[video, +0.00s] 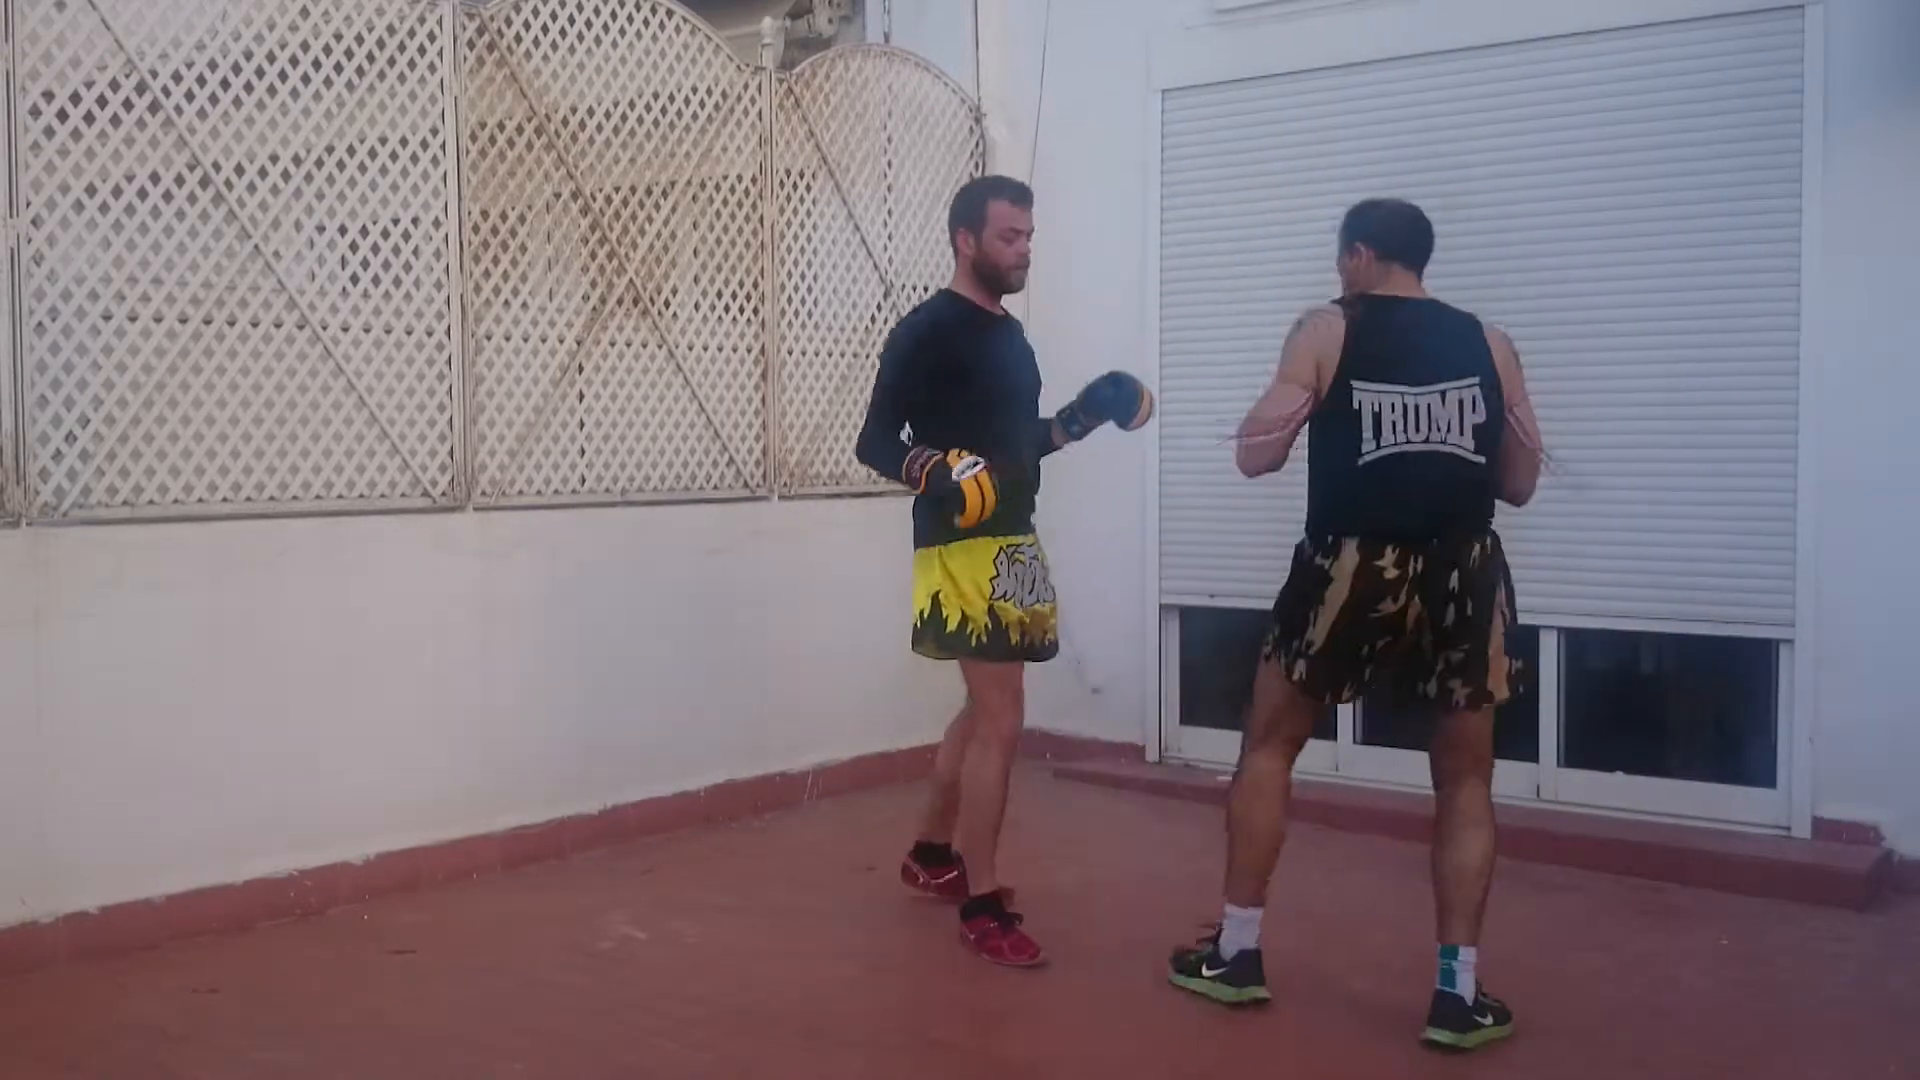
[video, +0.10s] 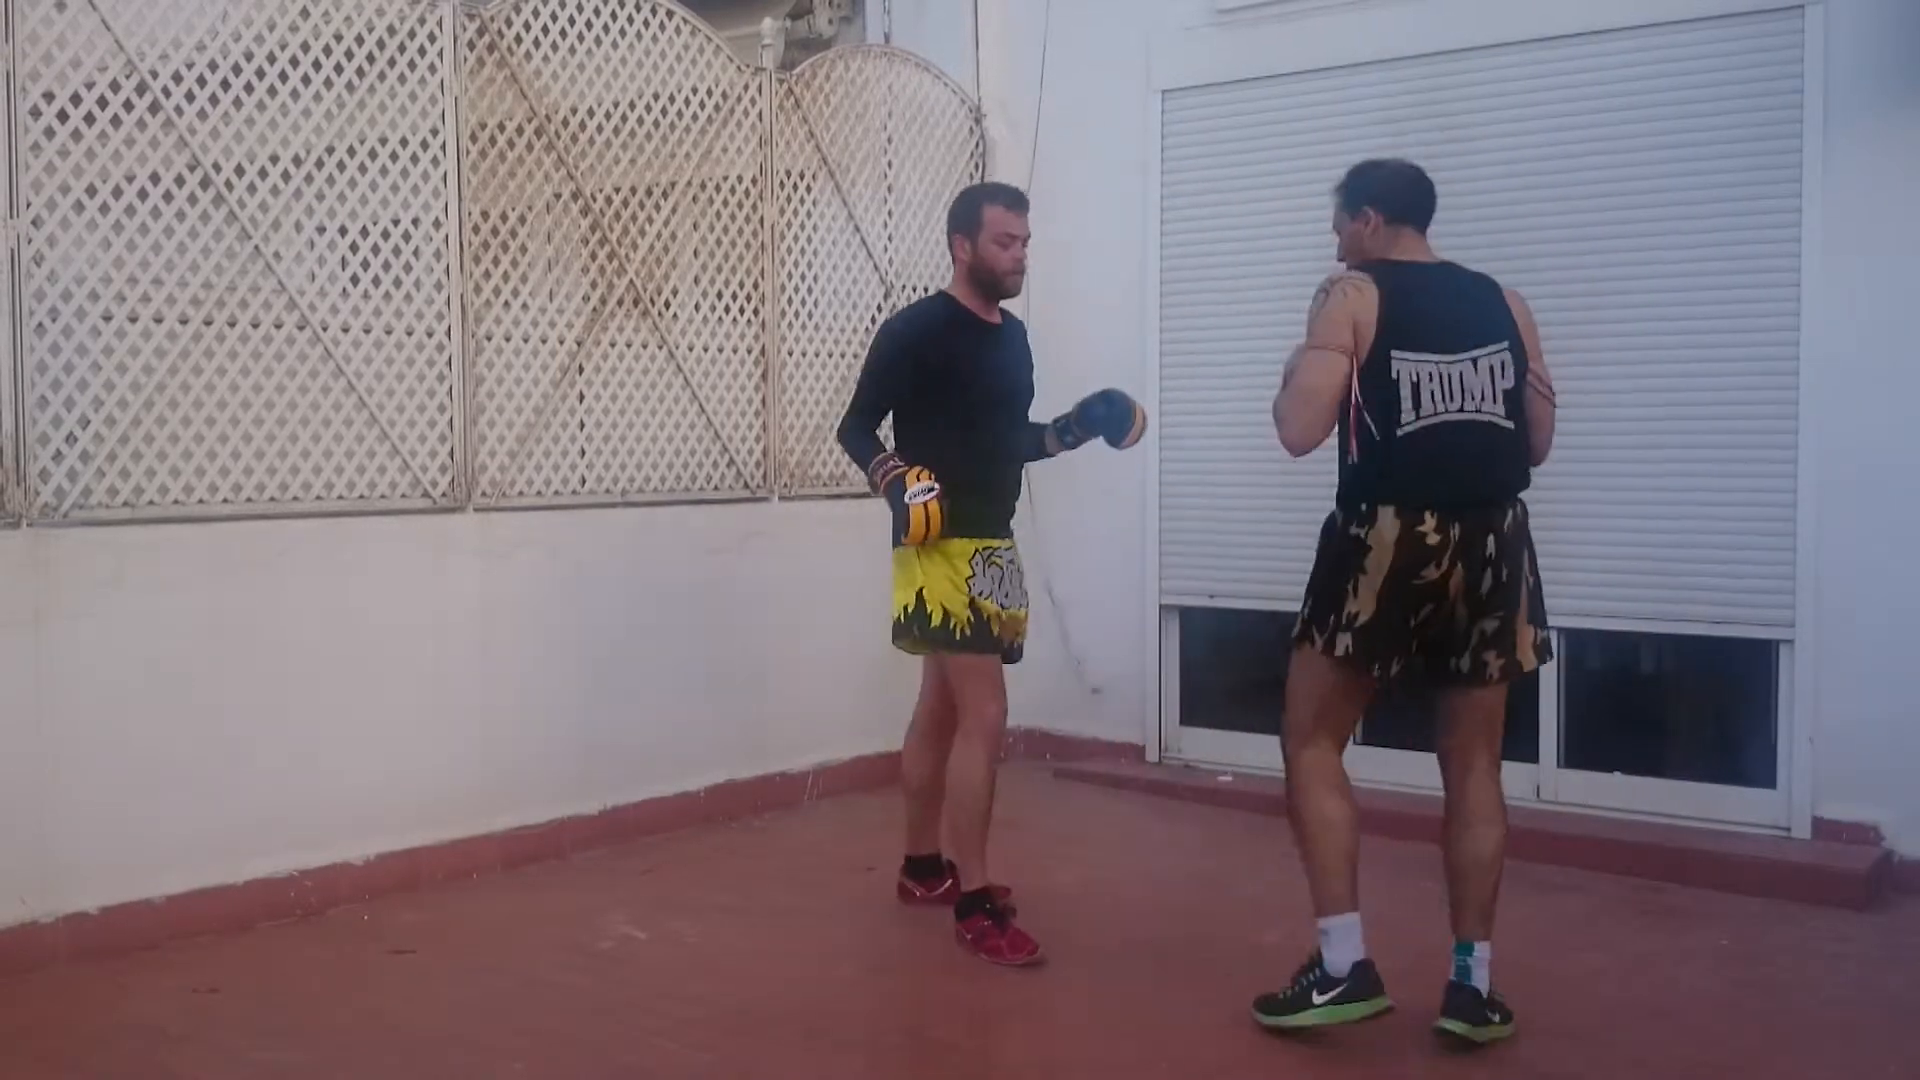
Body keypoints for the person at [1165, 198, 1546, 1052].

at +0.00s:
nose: (1338, 272)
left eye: (1340, 258)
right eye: (1340, 259)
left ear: (1362, 256)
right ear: (1424, 262)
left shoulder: (1327, 329)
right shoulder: (1489, 343)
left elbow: (1256, 454)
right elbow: (1520, 483)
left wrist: (1312, 394)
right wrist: (1471, 413)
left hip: (1348, 570)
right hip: (1464, 577)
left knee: (1271, 749)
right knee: (1466, 782)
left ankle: (1236, 952)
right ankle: (1457, 994)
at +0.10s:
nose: (1338, 245)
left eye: (1340, 232)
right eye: (1338, 232)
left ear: (1366, 220)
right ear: (1423, 221)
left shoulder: (1354, 294)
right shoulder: (1505, 302)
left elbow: (1300, 429)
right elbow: (1537, 440)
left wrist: (1323, 339)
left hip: (1384, 544)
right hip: (1493, 549)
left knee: (1313, 742)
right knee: (1475, 767)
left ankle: (1342, 965)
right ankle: (1473, 984)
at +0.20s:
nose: (1339, 221)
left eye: (1342, 206)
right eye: (1339, 207)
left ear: (1373, 201)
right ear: (1430, 198)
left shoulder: (1368, 276)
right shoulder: (1513, 273)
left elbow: (1322, 415)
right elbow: (1549, 406)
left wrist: (1305, 345)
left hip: (1404, 531)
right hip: (1512, 530)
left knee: (1369, 764)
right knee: (1507, 757)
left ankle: (1435, 984)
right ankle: (1525, 973)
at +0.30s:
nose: (1348, 245)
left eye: (1352, 230)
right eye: (1349, 230)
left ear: (1384, 229)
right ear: (1438, 228)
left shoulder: (1374, 312)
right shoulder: (1521, 299)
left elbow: (1320, 449)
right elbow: (1561, 423)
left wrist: (1300, 374)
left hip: (1427, 572)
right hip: (1534, 567)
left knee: (1429, 816)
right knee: (1537, 782)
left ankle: (1495, 1048)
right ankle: (1593, 997)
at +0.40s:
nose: (1351, 263)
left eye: (1356, 248)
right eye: (1352, 248)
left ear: (1391, 250)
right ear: (1441, 249)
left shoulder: (1401, 343)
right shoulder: (1527, 322)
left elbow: (1337, 486)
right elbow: (1569, 442)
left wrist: (1302, 425)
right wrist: (1444, 421)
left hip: (1449, 595)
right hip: (1553, 590)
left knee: (1421, 830)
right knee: (1555, 793)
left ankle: (1501, 1058)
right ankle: (1619, 1007)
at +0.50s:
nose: (1369, 246)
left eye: (1372, 229)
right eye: (1368, 230)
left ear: (1408, 231)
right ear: (1460, 231)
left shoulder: (1408, 317)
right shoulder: (1543, 307)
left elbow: (1368, 463)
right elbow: (1536, 419)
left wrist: (1320, 392)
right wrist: (1422, 380)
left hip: (1461, 578)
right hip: (1565, 573)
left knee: (1459, 822)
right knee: (1569, 783)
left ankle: (1504, 1054)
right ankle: (1617, 1001)